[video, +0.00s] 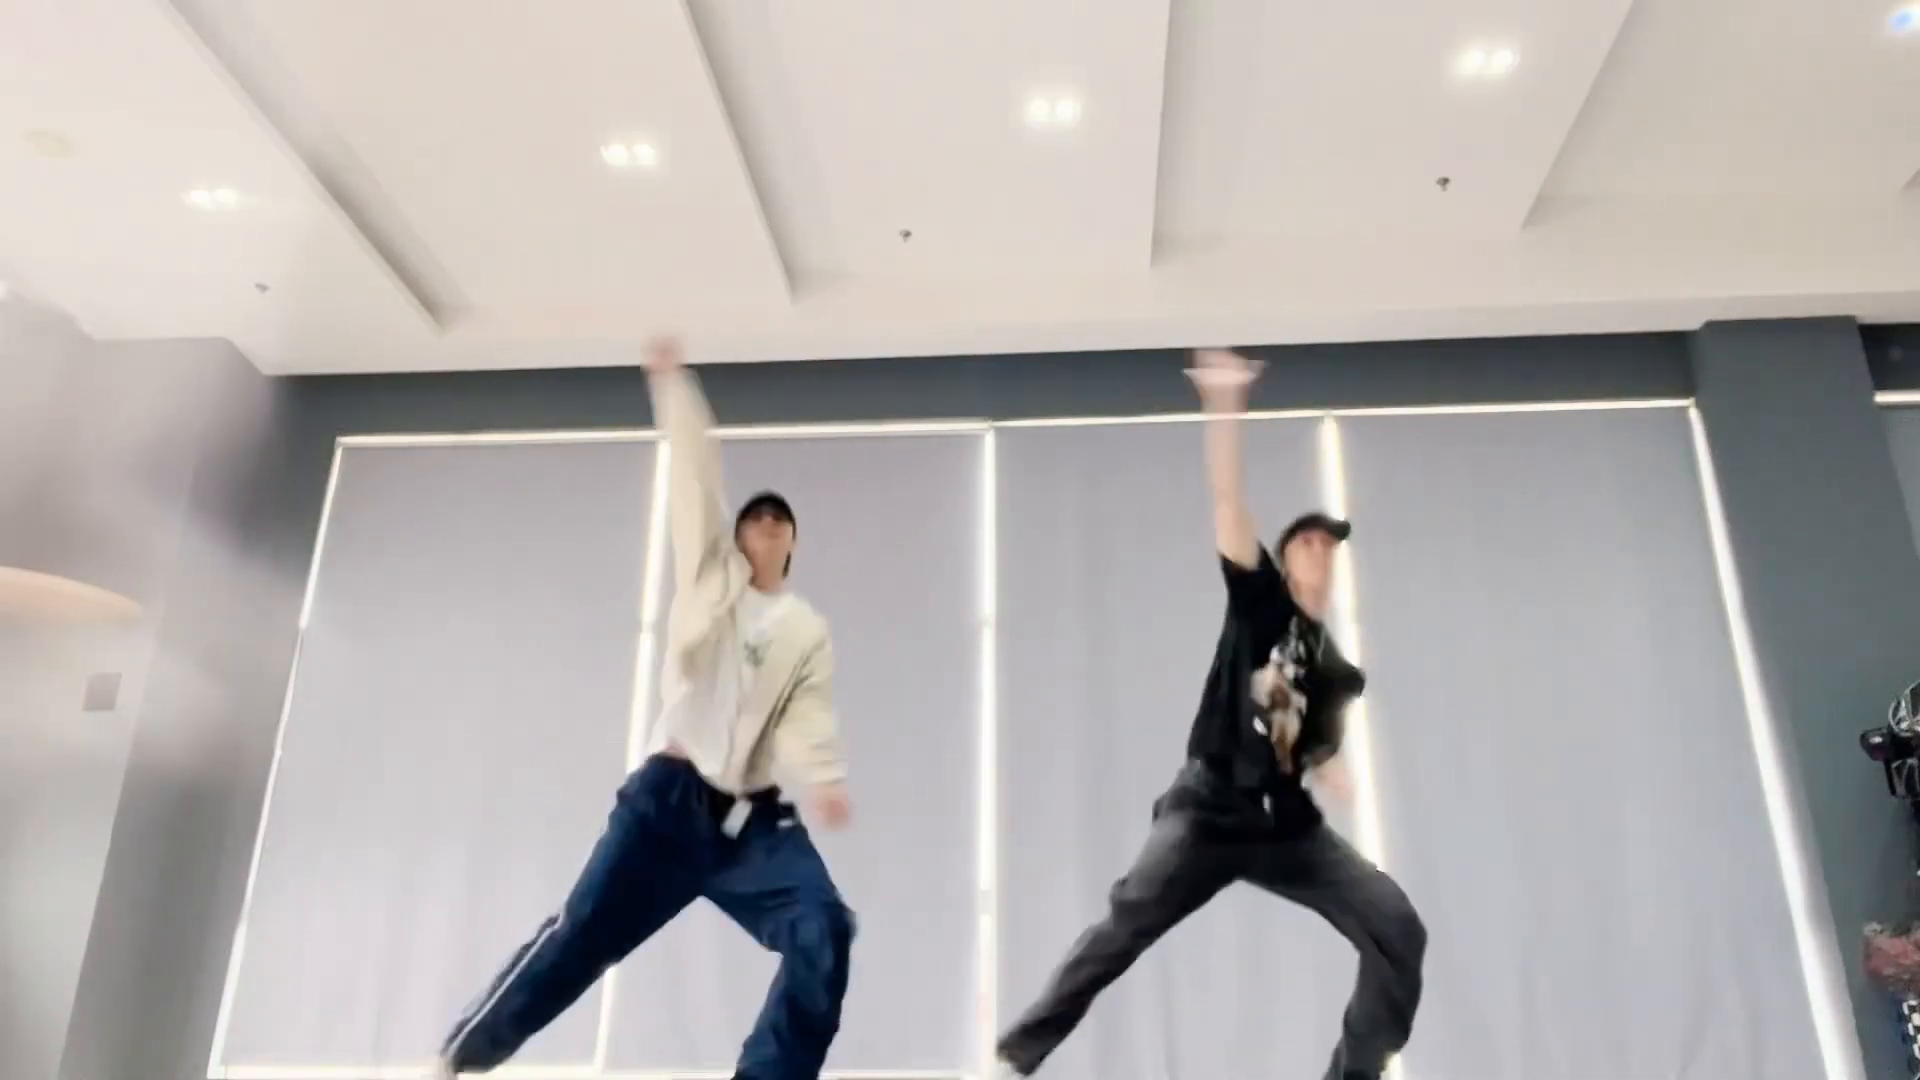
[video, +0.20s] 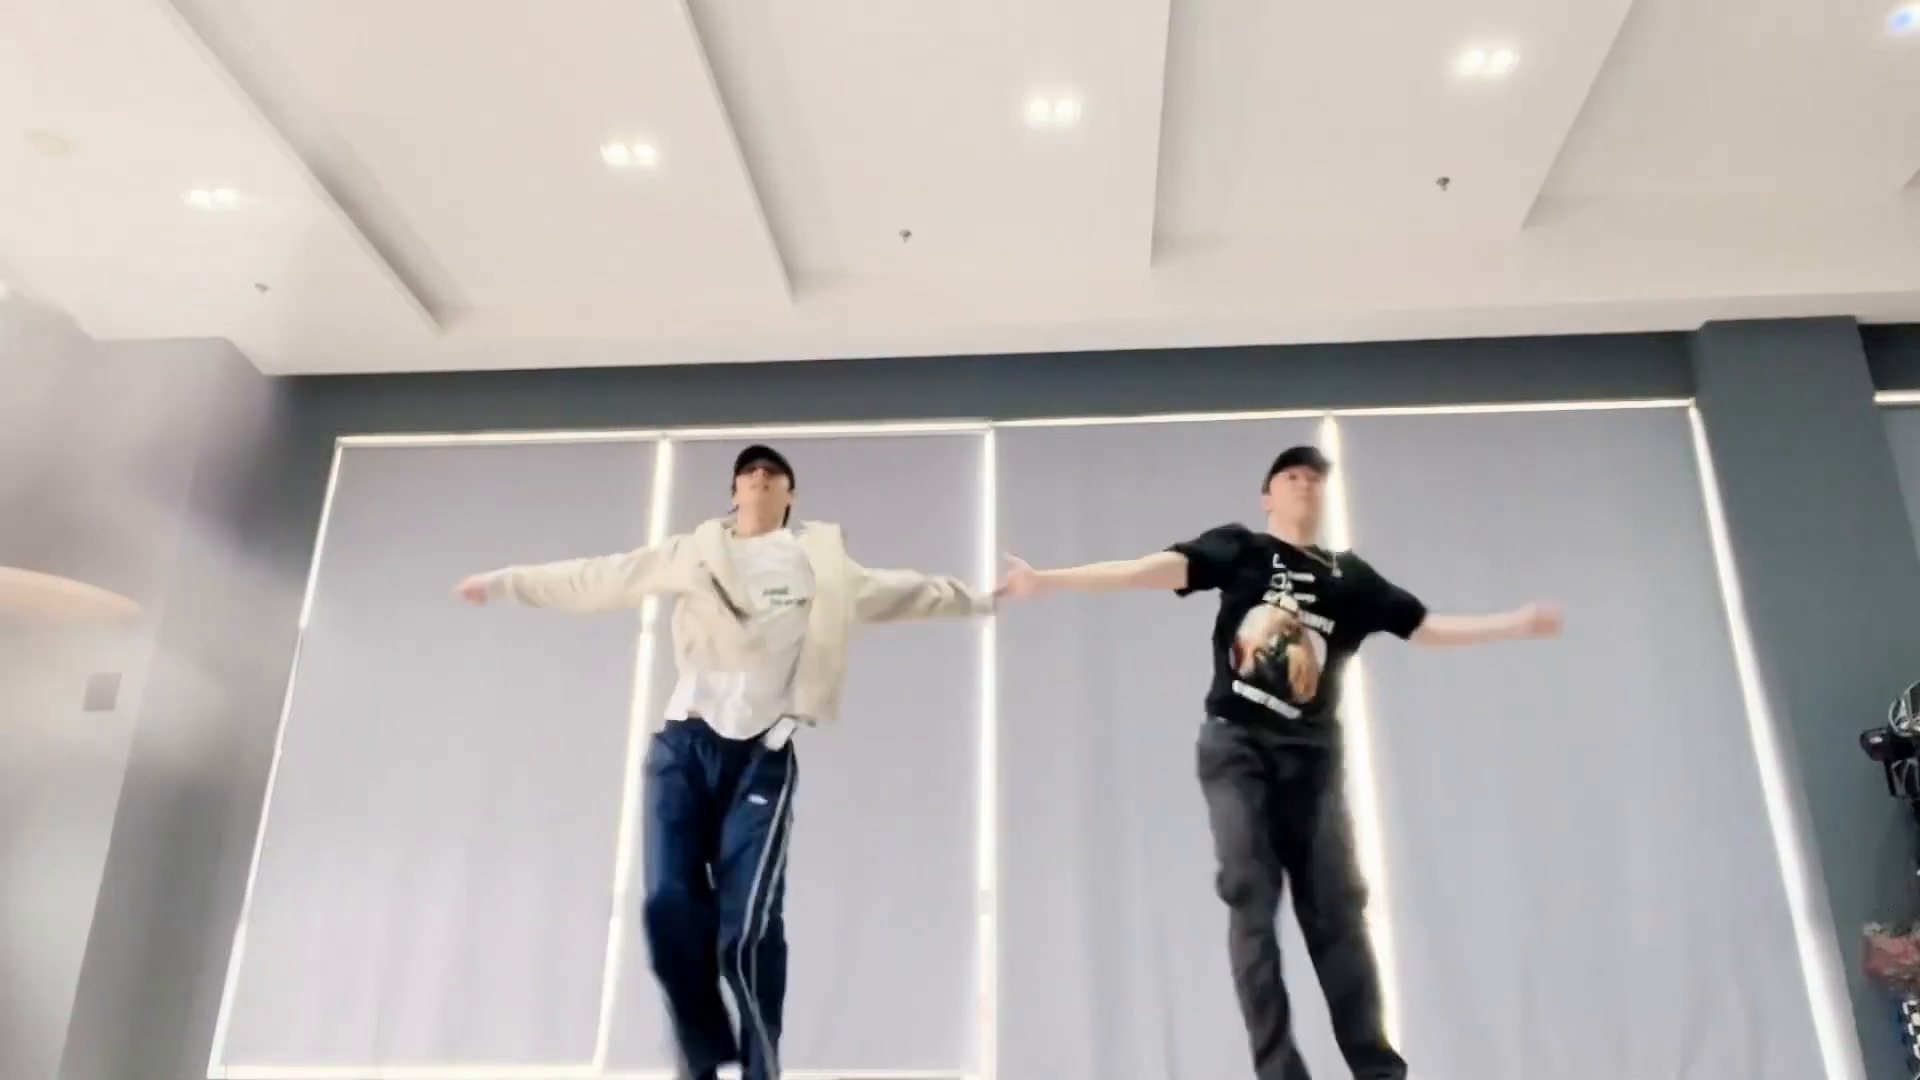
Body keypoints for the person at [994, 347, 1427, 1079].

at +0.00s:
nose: (1324, 555)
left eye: (1331, 547)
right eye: (1311, 545)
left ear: (1335, 565)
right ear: (1284, 560)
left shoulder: (1334, 667)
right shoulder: (1256, 597)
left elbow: (1330, 770)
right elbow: (1226, 497)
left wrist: (1316, 760)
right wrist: (1224, 403)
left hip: (1288, 830)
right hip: (1208, 817)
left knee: (1397, 929)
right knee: (1126, 925)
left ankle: (1357, 1070)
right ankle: (1015, 1058)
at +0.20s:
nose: (1306, 484)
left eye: (1316, 478)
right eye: (1293, 476)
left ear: (1327, 498)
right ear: (1266, 498)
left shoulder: (1350, 576)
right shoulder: (1236, 550)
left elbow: (1426, 627)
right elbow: (1143, 571)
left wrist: (1515, 623)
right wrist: (1043, 580)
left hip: (1312, 758)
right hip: (1236, 748)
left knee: (1338, 907)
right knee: (1251, 895)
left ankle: (1375, 1065)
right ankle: (1278, 1069)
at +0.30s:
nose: (1296, 487)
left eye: (1306, 481)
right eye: (1283, 479)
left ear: (1318, 501)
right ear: (1257, 497)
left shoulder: (1347, 571)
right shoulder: (1228, 557)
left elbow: (1435, 599)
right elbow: (1142, 575)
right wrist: (1115, 539)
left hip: (1337, 765)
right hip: (1257, 758)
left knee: (1363, 920)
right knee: (1258, 915)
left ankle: (1376, 1068)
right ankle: (1269, 1071)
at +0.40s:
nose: (1298, 518)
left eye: (1308, 511)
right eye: (1284, 510)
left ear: (1322, 530)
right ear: (1261, 526)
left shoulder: (1351, 578)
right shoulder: (1230, 580)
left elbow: (1425, 520)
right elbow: (1156, 527)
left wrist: (1354, 529)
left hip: (1345, 787)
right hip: (1263, 781)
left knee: (1393, 914)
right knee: (1265, 908)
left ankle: (1393, 1067)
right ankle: (1265, 1066)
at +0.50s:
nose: (1300, 532)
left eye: (1309, 525)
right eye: (1286, 524)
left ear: (1320, 543)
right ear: (1262, 542)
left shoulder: (1346, 591)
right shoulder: (1239, 595)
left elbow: (1442, 560)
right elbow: (1145, 561)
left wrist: (1388, 576)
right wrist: (1218, 573)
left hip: (1349, 801)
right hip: (1268, 796)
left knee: (1394, 930)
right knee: (1267, 920)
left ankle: (1399, 1076)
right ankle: (1268, 1069)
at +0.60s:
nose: (1296, 483)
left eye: (1305, 476)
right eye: (1283, 476)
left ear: (1318, 495)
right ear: (1260, 496)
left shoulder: (1350, 568)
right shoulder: (1234, 566)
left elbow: (1393, 645)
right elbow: (1179, 642)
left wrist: (1404, 706)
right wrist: (1193, 686)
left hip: (1348, 764)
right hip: (1265, 760)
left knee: (1379, 912)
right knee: (1263, 904)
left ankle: (1391, 1067)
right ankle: (1268, 1064)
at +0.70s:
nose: (1294, 483)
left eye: (1304, 475)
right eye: (1281, 475)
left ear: (1316, 493)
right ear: (1259, 494)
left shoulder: (1345, 576)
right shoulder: (1235, 572)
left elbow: (1353, 674)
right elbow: (1234, 670)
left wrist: (1364, 764)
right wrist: (1230, 752)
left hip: (1342, 756)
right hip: (1264, 753)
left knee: (1359, 914)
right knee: (1264, 913)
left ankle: (1377, 1065)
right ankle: (1271, 1063)